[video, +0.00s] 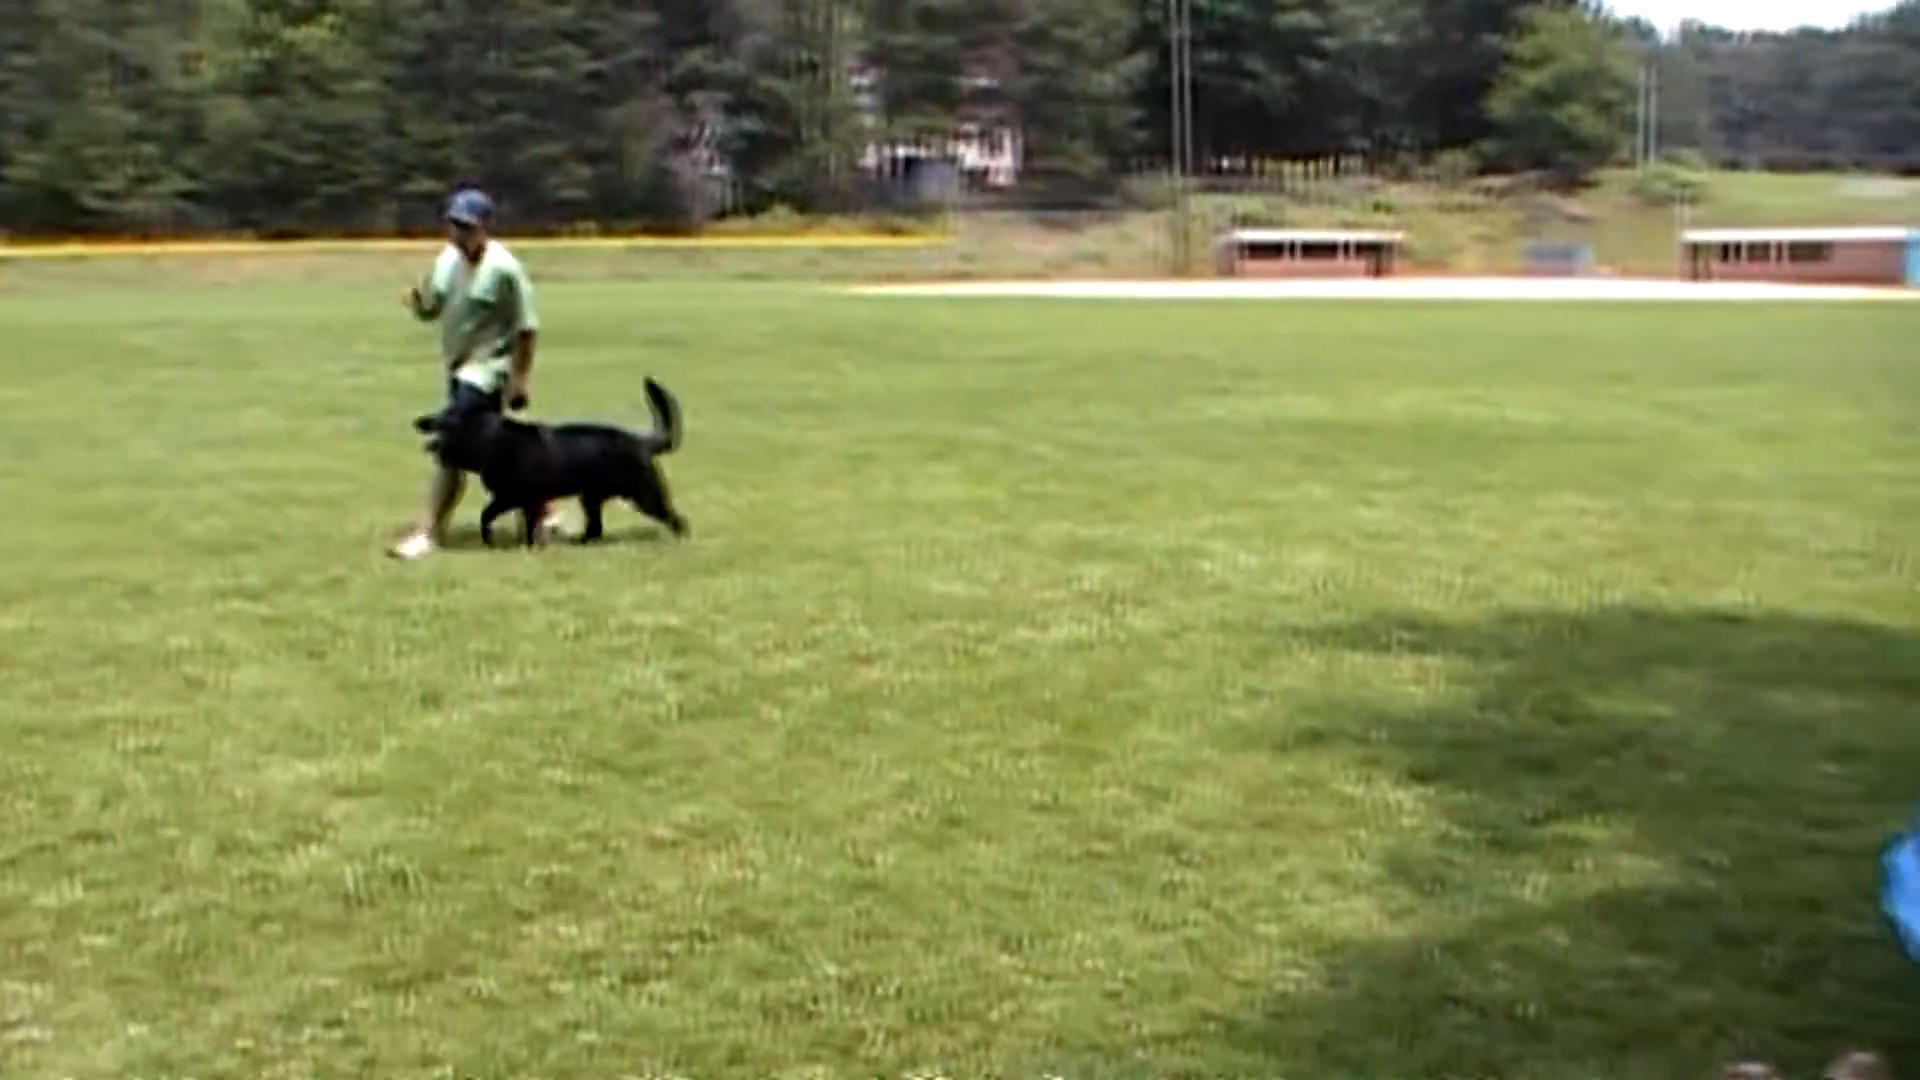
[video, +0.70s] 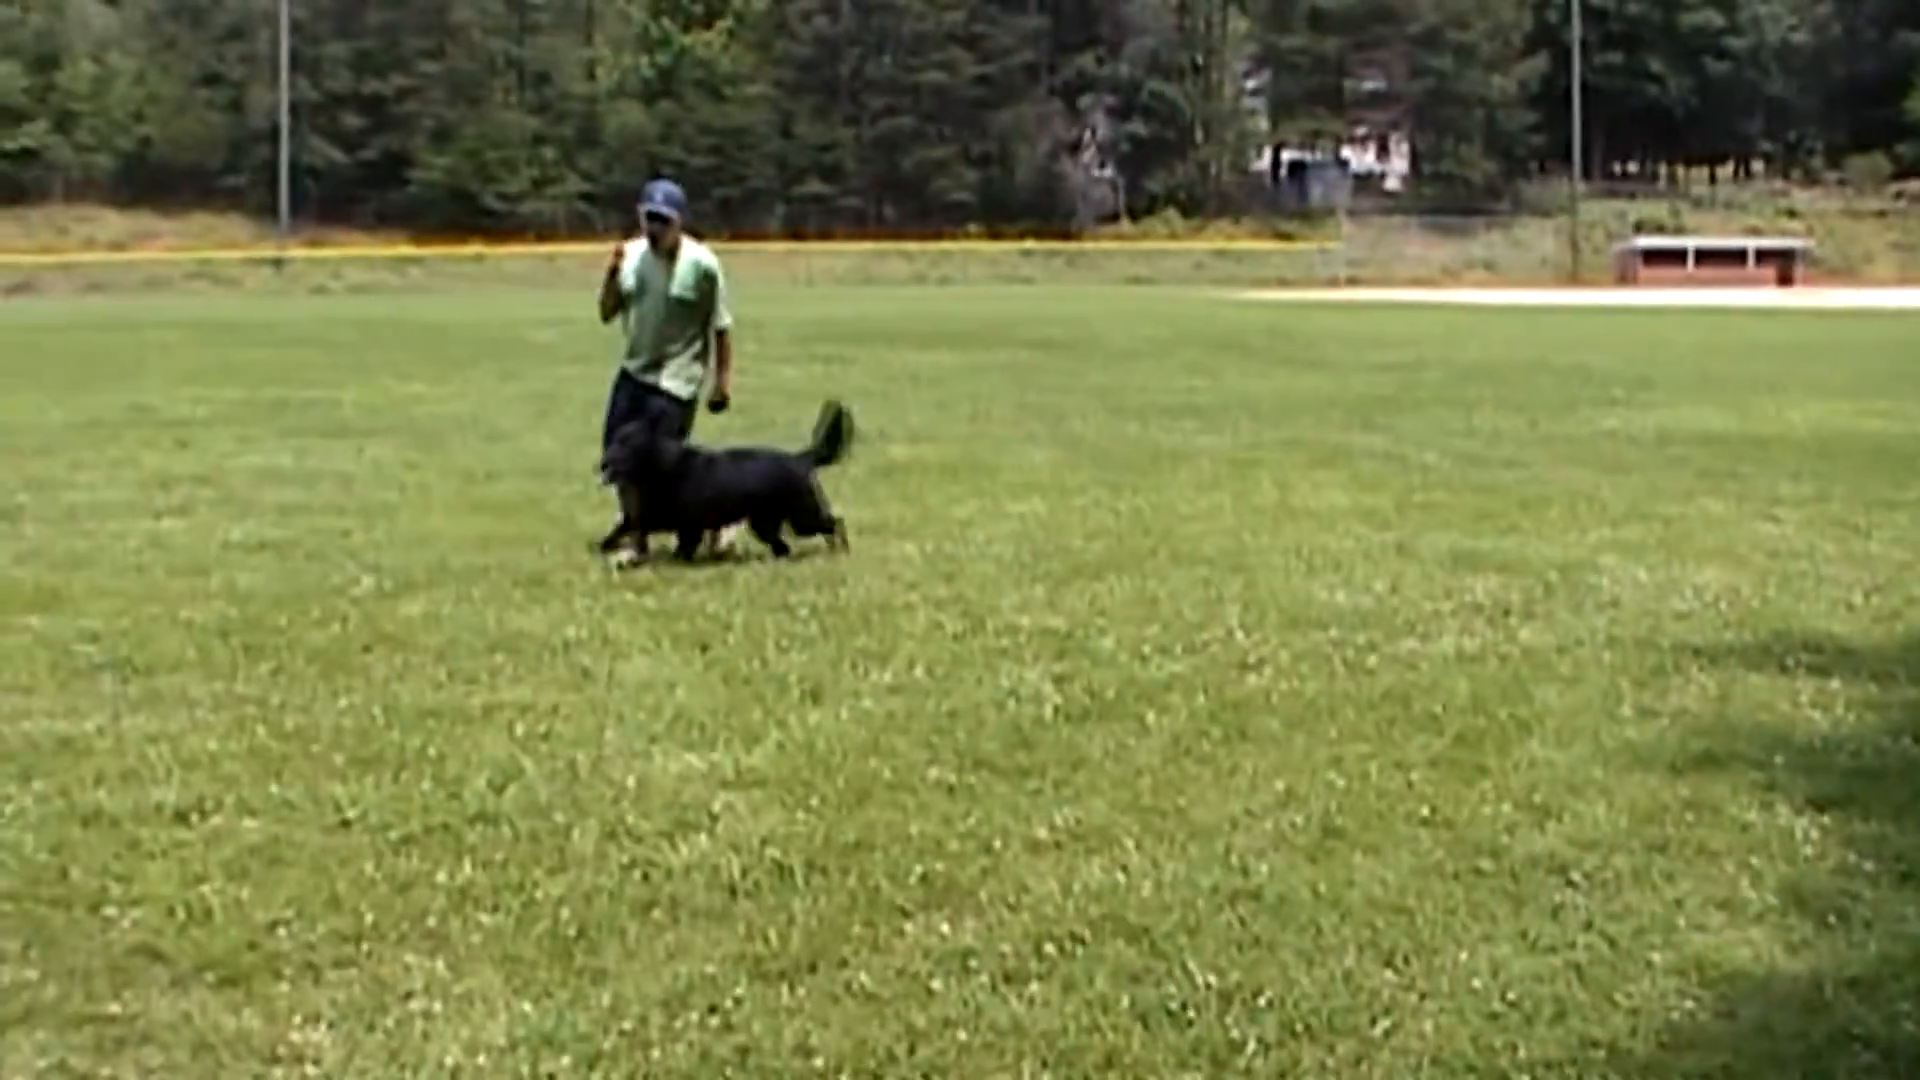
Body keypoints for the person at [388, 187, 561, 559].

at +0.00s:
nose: (459, 235)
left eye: (467, 227)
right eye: (454, 227)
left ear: (486, 227)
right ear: (449, 227)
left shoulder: (505, 269)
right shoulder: (449, 259)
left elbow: (526, 327)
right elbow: (435, 306)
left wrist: (519, 378)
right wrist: (422, 302)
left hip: (489, 367)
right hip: (459, 365)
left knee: (451, 444)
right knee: (492, 447)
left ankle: (431, 530)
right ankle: (538, 509)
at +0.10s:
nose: (496, 231)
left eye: (504, 224)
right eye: (493, 223)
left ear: (523, 226)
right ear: (488, 224)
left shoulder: (545, 266)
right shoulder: (487, 257)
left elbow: (563, 324)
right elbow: (464, 307)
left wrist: (555, 372)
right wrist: (466, 269)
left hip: (526, 365)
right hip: (494, 361)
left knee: (492, 441)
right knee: (502, 445)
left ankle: (490, 526)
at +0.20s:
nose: (535, 227)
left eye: (543, 220)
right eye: (531, 218)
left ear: (561, 221)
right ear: (526, 219)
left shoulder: (584, 260)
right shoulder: (523, 250)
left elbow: (598, 319)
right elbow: (494, 301)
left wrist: (592, 369)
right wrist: (502, 261)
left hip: (567, 361)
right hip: (529, 358)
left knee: (552, 442)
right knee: (513, 438)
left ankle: (551, 526)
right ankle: (574, 501)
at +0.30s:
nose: (575, 226)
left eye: (582, 219)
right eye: (569, 218)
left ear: (598, 220)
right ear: (562, 219)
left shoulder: (623, 260)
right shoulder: (560, 249)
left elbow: (640, 319)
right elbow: (533, 298)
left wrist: (631, 369)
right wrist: (540, 259)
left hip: (605, 367)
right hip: (563, 362)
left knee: (601, 453)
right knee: (535, 440)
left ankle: (612, 526)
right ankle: (568, 518)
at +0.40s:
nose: (606, 230)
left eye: (613, 223)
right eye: (602, 222)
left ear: (632, 223)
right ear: (596, 222)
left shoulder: (658, 265)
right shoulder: (595, 253)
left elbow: (678, 324)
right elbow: (568, 304)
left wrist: (671, 375)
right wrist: (574, 265)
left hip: (640, 375)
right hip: (597, 368)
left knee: (644, 456)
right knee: (568, 450)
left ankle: (666, 523)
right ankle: (552, 529)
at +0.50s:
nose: (638, 235)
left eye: (646, 227)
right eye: (633, 226)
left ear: (664, 227)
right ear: (626, 226)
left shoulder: (687, 268)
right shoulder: (622, 259)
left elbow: (711, 327)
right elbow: (599, 311)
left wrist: (706, 377)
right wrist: (604, 272)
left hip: (672, 381)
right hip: (627, 378)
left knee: (694, 459)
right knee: (602, 464)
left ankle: (720, 528)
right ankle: (583, 536)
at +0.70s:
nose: (653, 228)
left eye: (662, 220)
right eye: (648, 218)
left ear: (679, 222)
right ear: (641, 219)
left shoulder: (703, 265)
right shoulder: (634, 256)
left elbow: (720, 324)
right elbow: (608, 313)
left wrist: (721, 381)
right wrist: (613, 274)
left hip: (680, 372)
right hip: (637, 367)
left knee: (659, 457)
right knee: (620, 452)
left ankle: (711, 520)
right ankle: (633, 534)